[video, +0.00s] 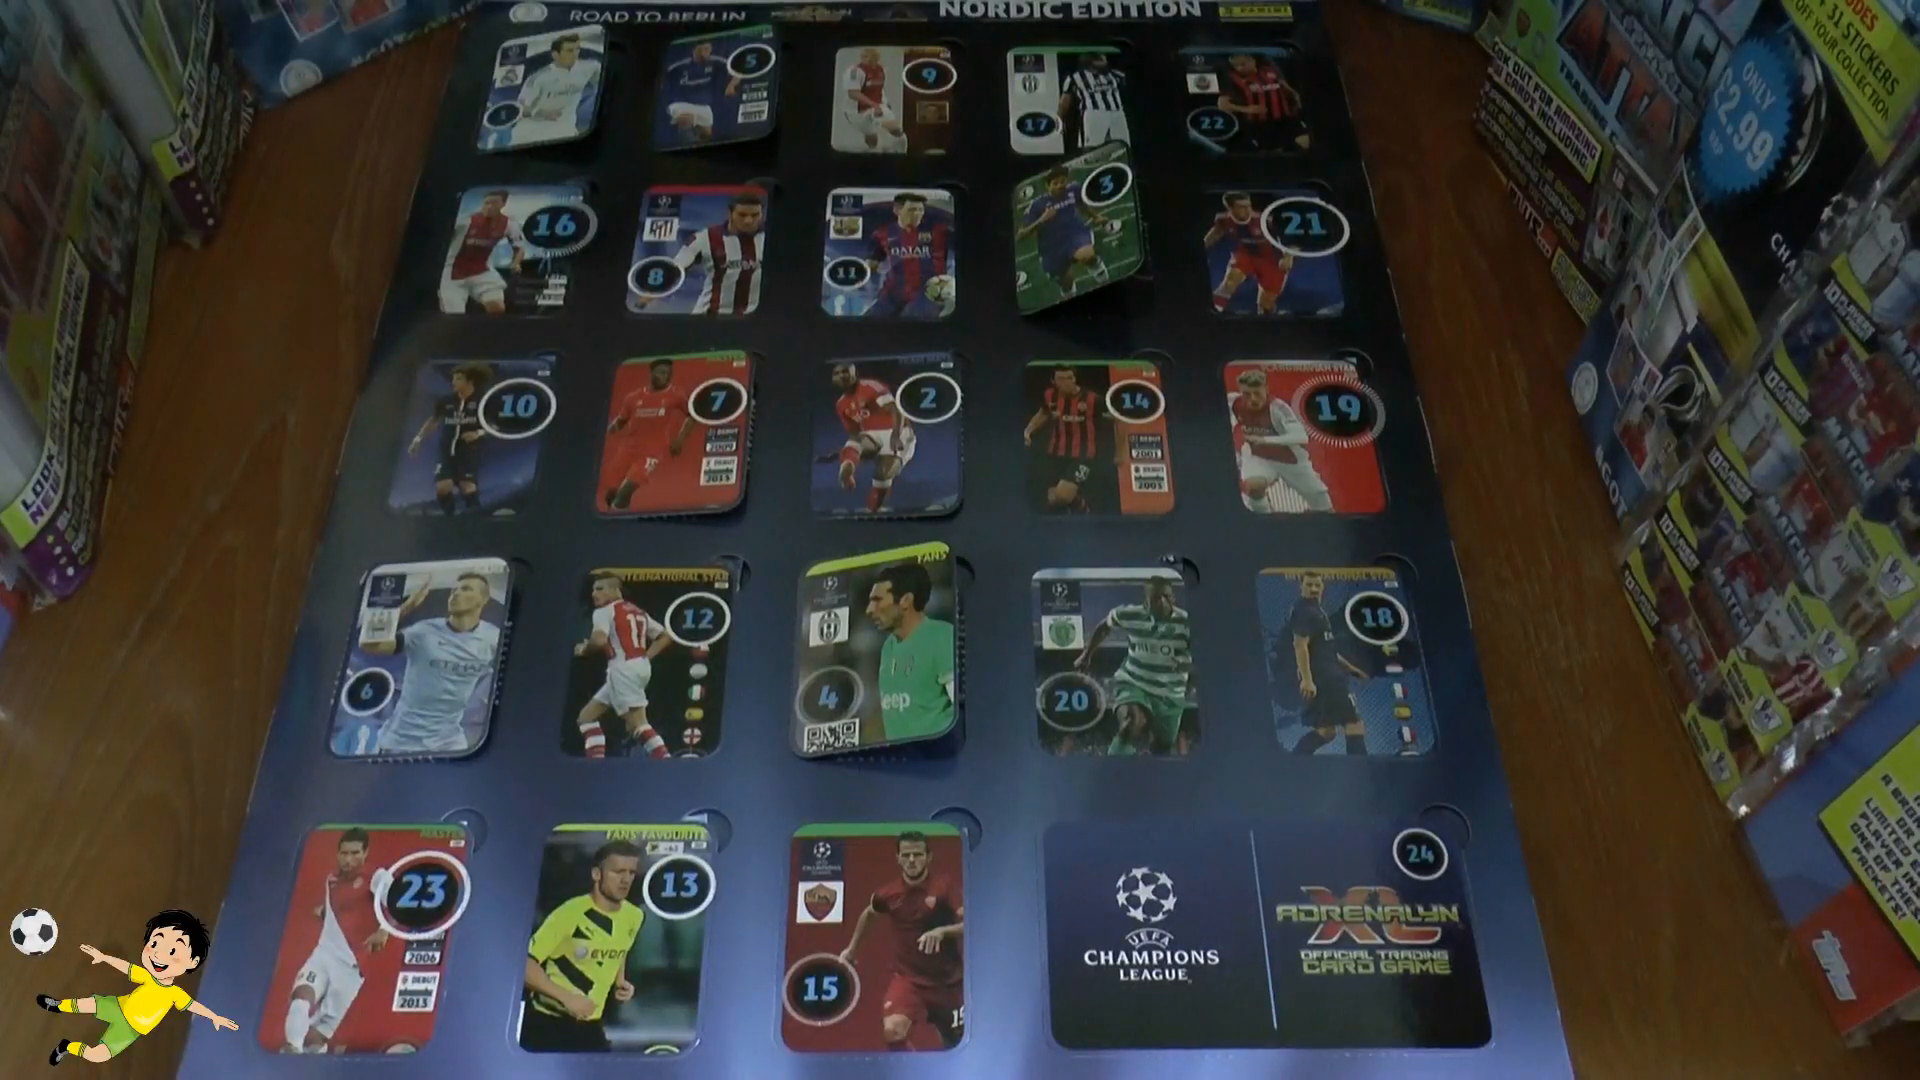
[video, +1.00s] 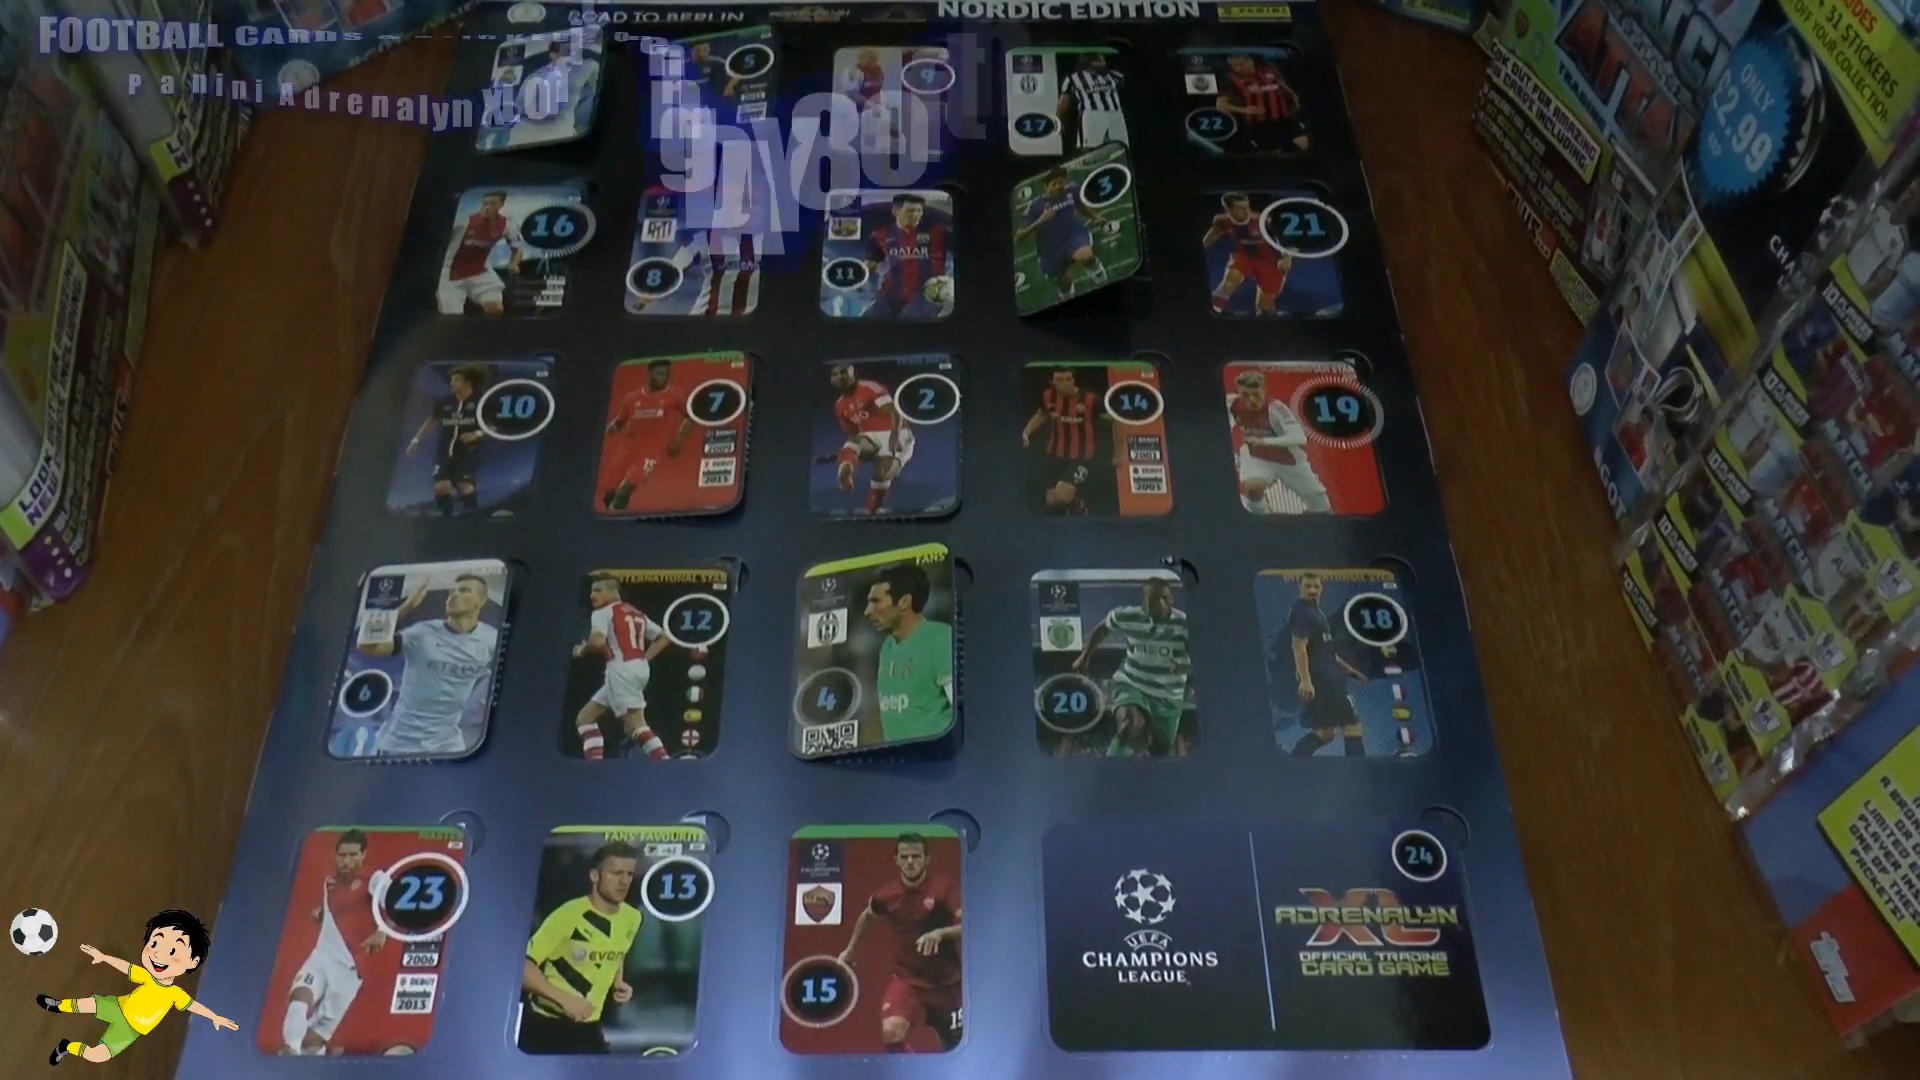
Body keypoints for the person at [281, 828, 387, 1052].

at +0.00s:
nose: (348, 859)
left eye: (355, 853)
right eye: (344, 853)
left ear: (365, 855)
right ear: (337, 854)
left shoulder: (376, 879)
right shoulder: (332, 880)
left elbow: (397, 903)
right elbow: (334, 902)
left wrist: (383, 931)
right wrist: (322, 910)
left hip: (350, 970)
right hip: (323, 956)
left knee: (314, 1039)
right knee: (302, 996)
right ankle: (293, 1048)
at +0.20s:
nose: (348, 860)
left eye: (355, 854)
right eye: (344, 853)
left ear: (365, 855)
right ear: (337, 855)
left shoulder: (375, 879)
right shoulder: (332, 880)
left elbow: (396, 903)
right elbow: (334, 902)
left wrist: (383, 931)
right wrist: (322, 910)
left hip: (350, 970)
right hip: (323, 956)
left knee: (314, 1040)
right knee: (302, 996)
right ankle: (294, 1048)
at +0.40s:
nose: (349, 862)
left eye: (355, 856)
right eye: (344, 856)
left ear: (365, 857)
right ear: (337, 857)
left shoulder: (376, 881)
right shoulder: (332, 882)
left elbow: (398, 906)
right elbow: (335, 906)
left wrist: (383, 934)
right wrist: (323, 913)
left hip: (350, 973)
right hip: (323, 958)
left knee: (314, 1042)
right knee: (302, 998)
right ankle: (294, 1051)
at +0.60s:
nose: (348, 864)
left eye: (354, 858)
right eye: (344, 858)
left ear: (365, 859)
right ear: (337, 859)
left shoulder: (375, 884)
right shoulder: (331, 885)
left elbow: (397, 908)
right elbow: (334, 908)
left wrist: (383, 936)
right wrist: (322, 915)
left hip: (350, 976)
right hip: (322, 961)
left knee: (313, 1045)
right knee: (301, 1001)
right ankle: (293, 1053)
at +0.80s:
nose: (346, 861)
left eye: (352, 855)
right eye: (342, 855)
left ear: (363, 856)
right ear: (335, 857)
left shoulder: (374, 881)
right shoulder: (330, 882)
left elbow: (395, 905)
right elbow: (332, 907)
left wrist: (381, 933)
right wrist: (320, 913)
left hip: (349, 973)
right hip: (321, 958)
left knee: (313, 1041)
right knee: (300, 998)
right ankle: (291, 1050)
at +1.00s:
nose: (346, 861)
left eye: (352, 855)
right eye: (342, 855)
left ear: (363, 856)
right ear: (335, 856)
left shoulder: (374, 881)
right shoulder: (330, 882)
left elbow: (395, 905)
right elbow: (332, 908)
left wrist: (381, 933)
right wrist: (320, 913)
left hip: (348, 973)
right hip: (320, 958)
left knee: (312, 1041)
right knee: (300, 997)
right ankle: (291, 1049)